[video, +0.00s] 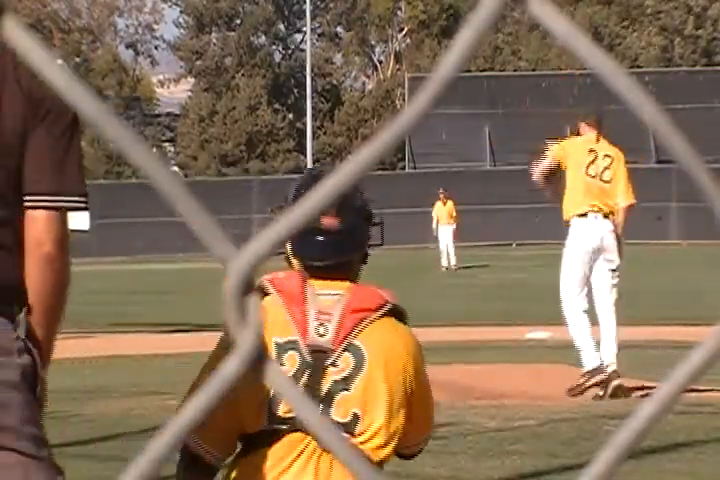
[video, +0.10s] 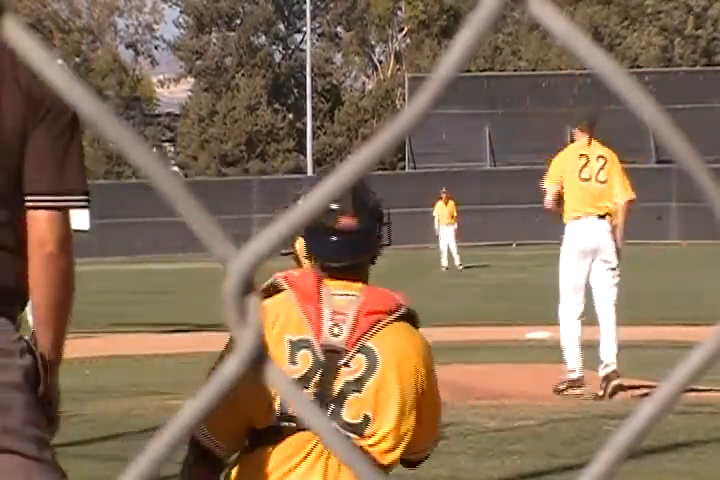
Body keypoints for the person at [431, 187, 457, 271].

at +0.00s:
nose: (441, 196)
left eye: (442, 194)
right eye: (440, 194)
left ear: (445, 194)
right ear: (438, 195)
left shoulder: (450, 203)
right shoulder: (437, 204)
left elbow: (454, 214)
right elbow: (435, 216)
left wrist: (454, 223)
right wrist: (434, 227)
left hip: (450, 225)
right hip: (441, 225)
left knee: (450, 244)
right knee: (442, 245)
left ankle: (453, 263)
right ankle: (444, 263)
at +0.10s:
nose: (444, 196)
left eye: (445, 193)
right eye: (443, 194)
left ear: (448, 194)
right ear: (441, 195)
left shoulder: (451, 203)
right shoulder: (438, 204)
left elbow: (455, 214)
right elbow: (436, 216)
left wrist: (455, 223)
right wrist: (436, 226)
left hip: (451, 225)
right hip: (442, 225)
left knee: (453, 244)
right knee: (443, 245)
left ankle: (458, 262)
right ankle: (444, 263)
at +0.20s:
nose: (446, 196)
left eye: (447, 193)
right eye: (445, 194)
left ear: (449, 195)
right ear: (442, 195)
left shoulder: (453, 203)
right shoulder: (440, 204)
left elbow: (456, 214)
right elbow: (437, 216)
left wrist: (457, 223)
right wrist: (438, 225)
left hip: (452, 225)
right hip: (443, 226)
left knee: (455, 244)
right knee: (444, 245)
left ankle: (460, 262)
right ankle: (444, 263)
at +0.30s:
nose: (448, 195)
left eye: (450, 193)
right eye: (447, 193)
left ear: (452, 194)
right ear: (444, 194)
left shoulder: (455, 204)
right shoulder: (442, 204)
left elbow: (458, 214)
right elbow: (439, 215)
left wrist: (458, 223)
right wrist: (440, 225)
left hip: (453, 226)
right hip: (445, 226)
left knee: (456, 245)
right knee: (444, 246)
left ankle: (461, 263)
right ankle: (445, 263)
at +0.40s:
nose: (451, 195)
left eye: (453, 193)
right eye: (450, 193)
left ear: (454, 195)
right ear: (447, 194)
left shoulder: (457, 203)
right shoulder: (445, 204)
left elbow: (459, 213)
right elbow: (441, 215)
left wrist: (460, 222)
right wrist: (441, 226)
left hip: (455, 225)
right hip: (447, 225)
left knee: (457, 245)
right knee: (446, 246)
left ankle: (458, 263)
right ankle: (445, 263)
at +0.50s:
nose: (455, 195)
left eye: (456, 193)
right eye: (453, 193)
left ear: (457, 194)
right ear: (450, 194)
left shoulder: (459, 204)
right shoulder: (448, 204)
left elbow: (461, 213)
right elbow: (444, 215)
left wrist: (462, 221)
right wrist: (444, 226)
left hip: (458, 225)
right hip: (451, 225)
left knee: (458, 245)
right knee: (449, 244)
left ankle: (458, 262)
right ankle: (445, 262)